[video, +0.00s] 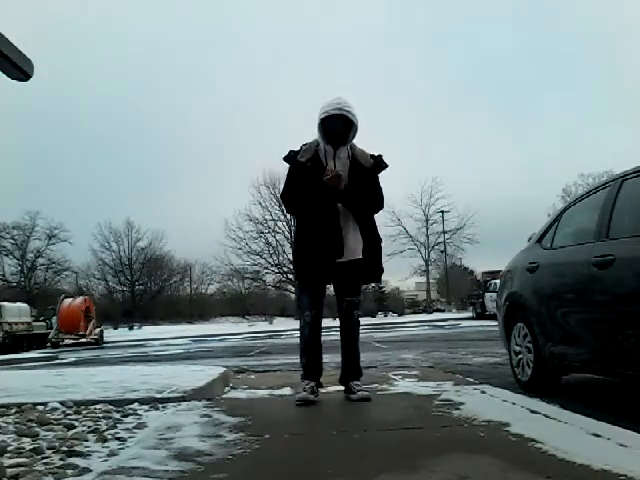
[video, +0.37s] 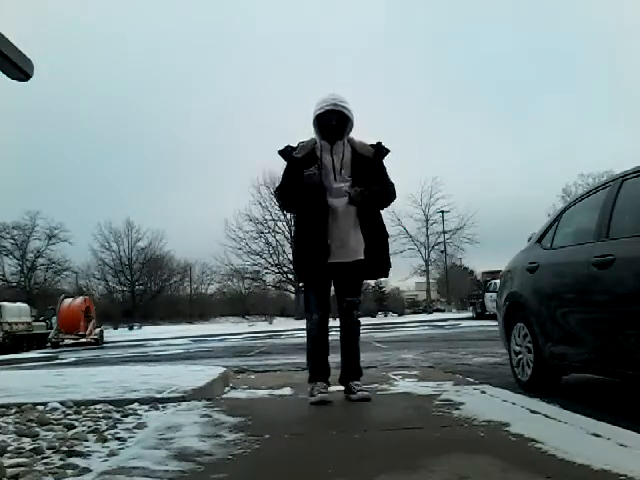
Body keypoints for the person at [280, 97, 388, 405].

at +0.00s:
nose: (336, 132)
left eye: (343, 126)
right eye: (330, 125)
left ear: (353, 129)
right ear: (320, 127)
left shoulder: (365, 164)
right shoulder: (304, 162)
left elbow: (375, 204)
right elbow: (291, 202)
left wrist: (344, 189)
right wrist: (324, 189)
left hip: (352, 254)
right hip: (312, 253)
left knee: (350, 317)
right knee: (310, 318)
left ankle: (352, 381)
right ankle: (310, 382)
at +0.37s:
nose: (331, 126)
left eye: (337, 120)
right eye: (325, 120)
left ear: (348, 123)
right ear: (316, 123)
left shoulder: (366, 157)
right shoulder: (303, 158)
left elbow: (387, 193)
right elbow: (285, 200)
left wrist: (361, 196)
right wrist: (307, 183)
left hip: (353, 252)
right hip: (314, 252)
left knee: (350, 317)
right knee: (317, 318)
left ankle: (352, 381)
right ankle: (318, 383)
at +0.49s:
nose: (330, 130)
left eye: (336, 124)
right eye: (324, 124)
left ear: (345, 128)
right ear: (314, 128)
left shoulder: (361, 164)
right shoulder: (301, 164)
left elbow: (371, 207)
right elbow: (286, 206)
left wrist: (371, 235)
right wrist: (297, 212)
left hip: (354, 256)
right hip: (319, 257)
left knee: (361, 314)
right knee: (325, 322)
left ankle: (359, 373)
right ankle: (321, 383)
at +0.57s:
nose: (333, 134)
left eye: (339, 128)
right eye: (327, 128)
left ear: (348, 132)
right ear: (318, 131)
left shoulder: (361, 168)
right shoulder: (302, 163)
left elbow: (371, 217)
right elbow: (279, 201)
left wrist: (376, 260)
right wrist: (297, 170)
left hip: (350, 247)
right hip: (314, 252)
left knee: (360, 290)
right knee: (318, 322)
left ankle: (358, 344)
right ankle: (320, 384)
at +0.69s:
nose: (343, 111)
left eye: (348, 106)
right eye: (337, 105)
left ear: (357, 112)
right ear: (326, 108)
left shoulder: (365, 147)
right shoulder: (314, 131)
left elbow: (372, 191)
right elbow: (299, 122)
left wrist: (375, 226)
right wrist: (310, 113)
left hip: (348, 226)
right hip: (315, 225)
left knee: (356, 274)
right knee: (316, 295)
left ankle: (349, 337)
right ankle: (316, 363)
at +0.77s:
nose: (347, 112)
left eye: (351, 106)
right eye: (343, 105)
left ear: (357, 110)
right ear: (330, 104)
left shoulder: (369, 147)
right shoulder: (315, 130)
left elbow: (369, 193)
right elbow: (331, 123)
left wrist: (374, 231)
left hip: (350, 228)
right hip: (316, 223)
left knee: (354, 293)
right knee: (313, 291)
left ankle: (350, 363)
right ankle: (306, 344)